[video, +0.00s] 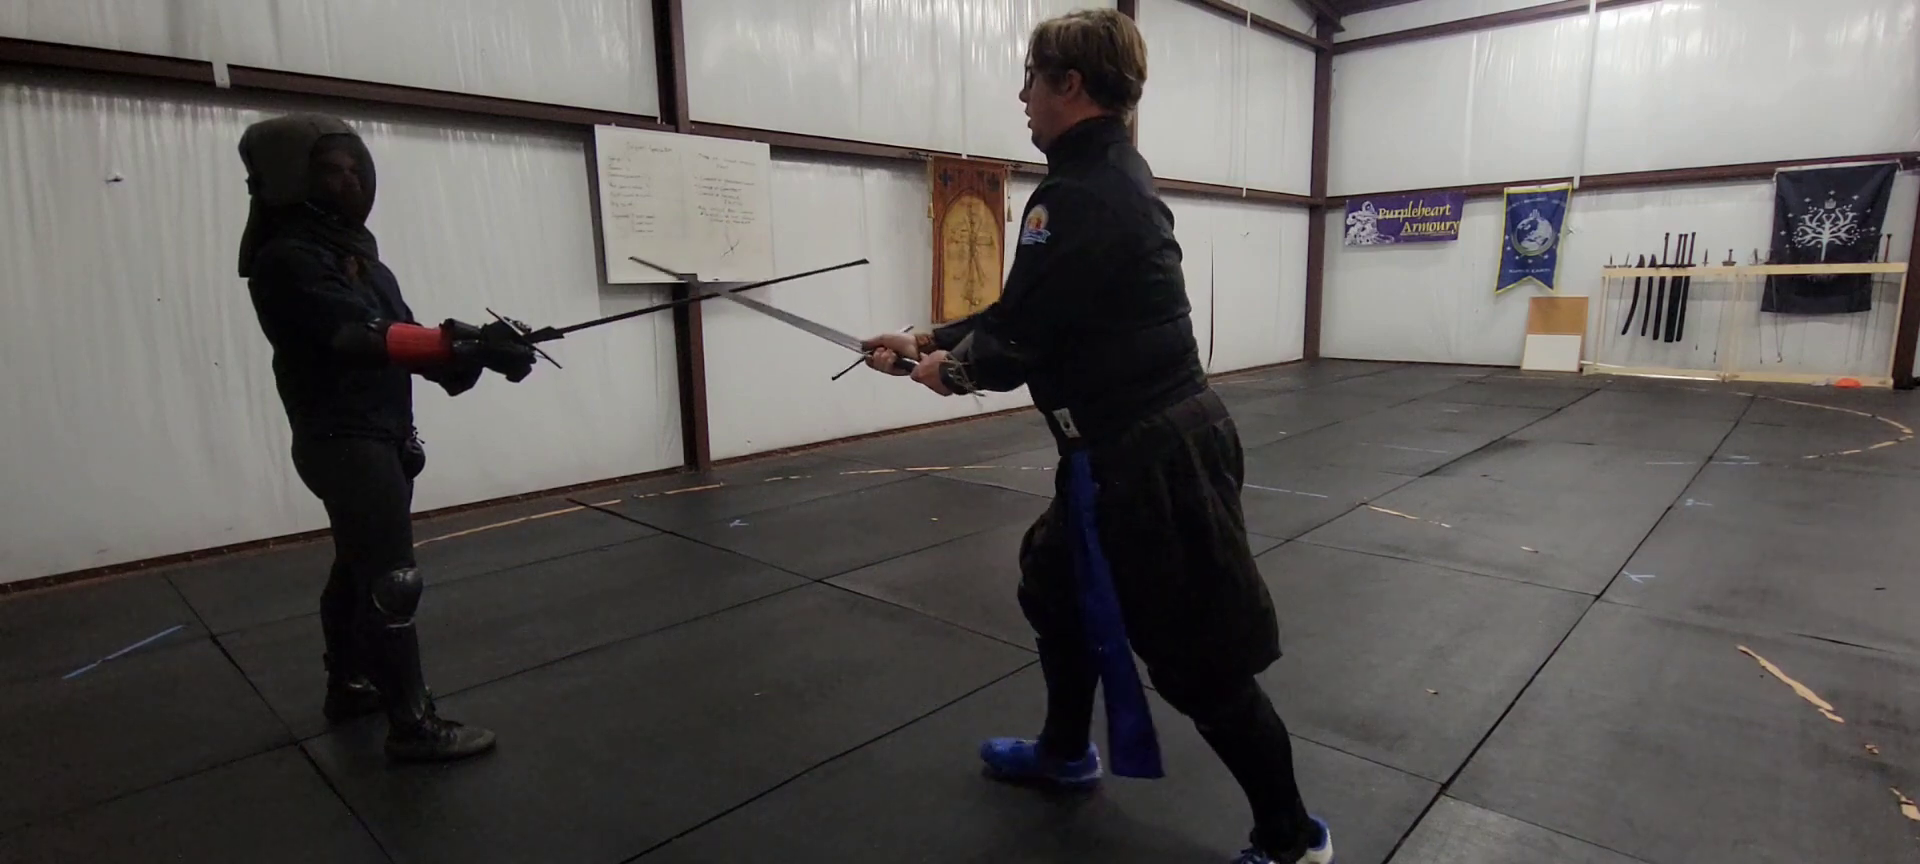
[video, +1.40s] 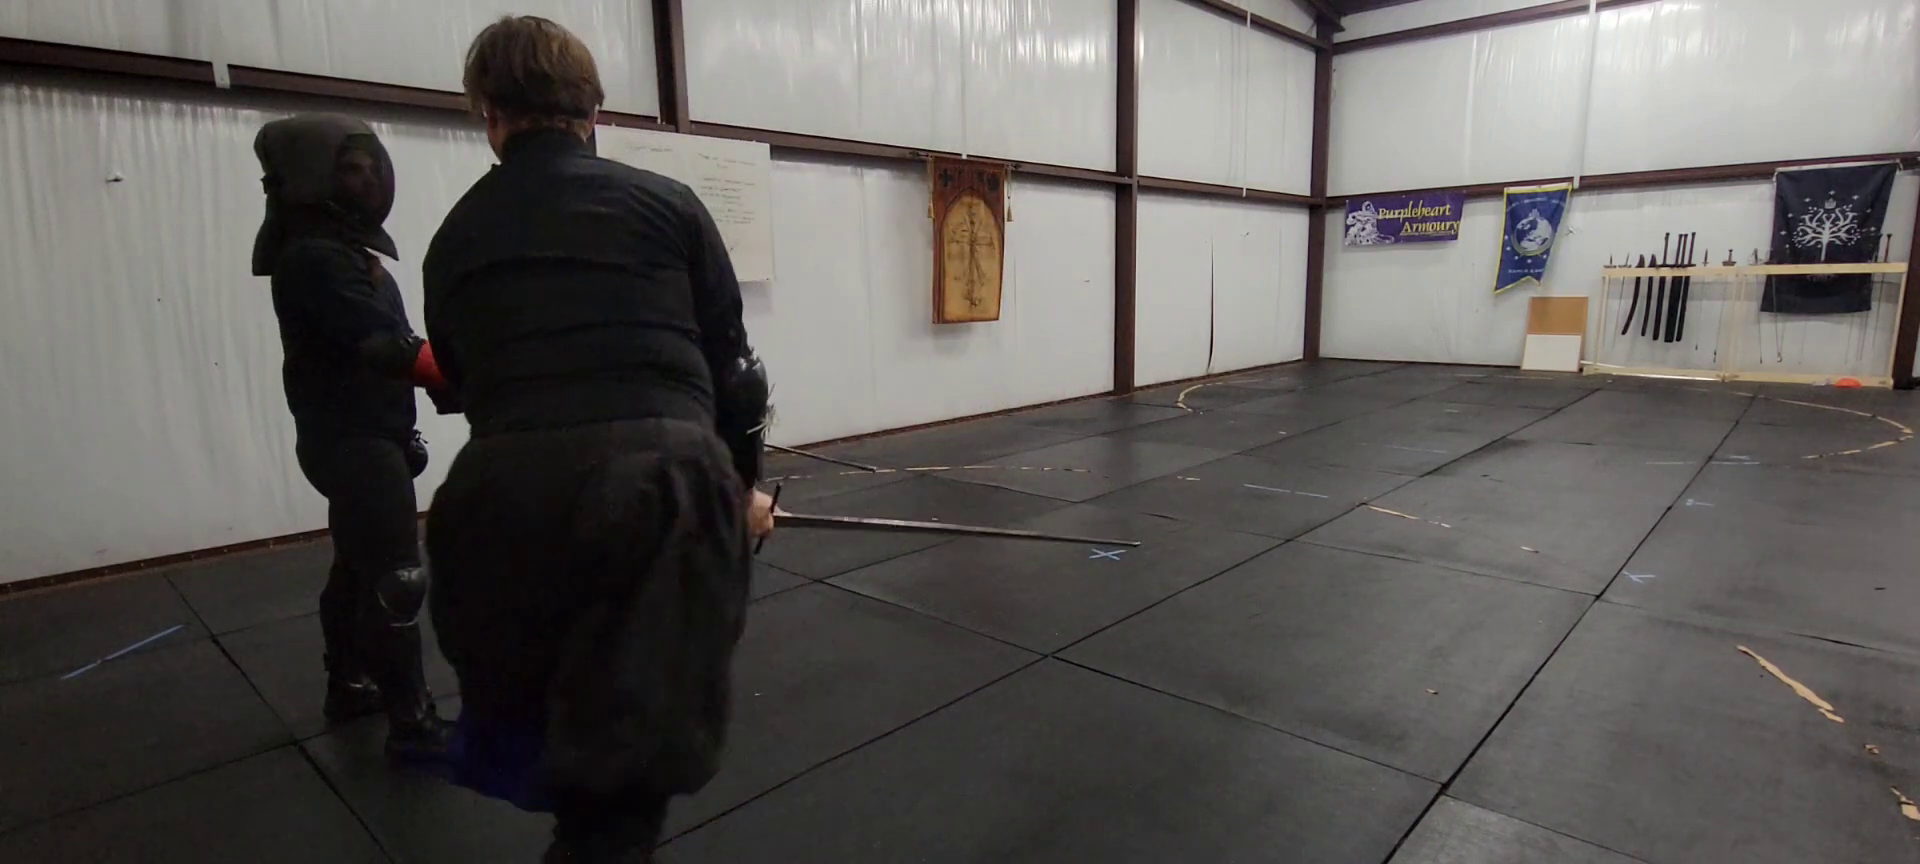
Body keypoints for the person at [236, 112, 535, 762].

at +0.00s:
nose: (355, 182)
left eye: (360, 170)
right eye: (339, 170)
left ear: (365, 180)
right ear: (304, 181)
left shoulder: (353, 248)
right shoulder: (286, 255)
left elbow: (393, 329)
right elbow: (349, 336)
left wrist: (459, 353)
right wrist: (464, 346)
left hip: (380, 436)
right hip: (341, 442)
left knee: (359, 568)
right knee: (392, 581)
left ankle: (349, 687)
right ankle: (411, 724)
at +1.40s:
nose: (373, 180)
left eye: (376, 169)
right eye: (357, 168)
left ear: (380, 177)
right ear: (322, 179)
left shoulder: (348, 250)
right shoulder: (313, 257)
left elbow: (377, 350)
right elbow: (366, 342)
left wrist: (395, 430)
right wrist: (439, 367)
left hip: (370, 439)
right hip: (352, 443)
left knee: (358, 569)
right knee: (395, 580)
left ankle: (350, 688)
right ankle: (410, 722)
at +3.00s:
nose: (448, 200)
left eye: (448, 187)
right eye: (442, 187)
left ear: (362, 189)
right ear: (418, 194)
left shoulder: (321, 265)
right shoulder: (408, 268)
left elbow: (364, 353)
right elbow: (453, 354)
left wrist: (462, 339)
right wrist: (495, 344)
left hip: (344, 446)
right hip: (399, 452)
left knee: (363, 569)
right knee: (464, 577)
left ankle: (349, 691)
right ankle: (444, 722)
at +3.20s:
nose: (444, 193)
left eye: (442, 180)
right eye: (435, 180)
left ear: (355, 186)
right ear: (405, 188)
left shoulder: (315, 264)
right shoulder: (400, 266)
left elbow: (384, 348)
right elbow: (459, 345)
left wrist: (467, 344)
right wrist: (503, 337)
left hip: (343, 447)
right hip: (398, 452)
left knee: (362, 570)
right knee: (460, 579)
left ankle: (349, 691)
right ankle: (444, 721)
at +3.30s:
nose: (439, 192)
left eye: (437, 180)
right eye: (431, 180)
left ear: (348, 187)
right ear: (407, 189)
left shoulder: (306, 268)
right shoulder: (406, 268)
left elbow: (383, 342)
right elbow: (461, 344)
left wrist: (471, 330)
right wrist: (507, 336)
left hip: (339, 448)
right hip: (398, 451)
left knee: (360, 570)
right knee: (459, 577)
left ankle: (349, 691)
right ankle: (444, 723)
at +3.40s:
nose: (446, 195)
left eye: (444, 182)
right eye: (439, 183)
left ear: (358, 186)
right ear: (419, 191)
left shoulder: (314, 261)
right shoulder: (414, 267)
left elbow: (288, 345)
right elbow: (461, 352)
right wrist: (481, 328)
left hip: (340, 445)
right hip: (398, 449)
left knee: (360, 568)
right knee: (460, 577)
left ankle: (348, 690)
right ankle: (444, 722)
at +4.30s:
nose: (435, 196)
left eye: (435, 182)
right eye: (424, 183)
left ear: (368, 189)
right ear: (386, 188)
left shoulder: (407, 259)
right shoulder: (337, 267)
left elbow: (429, 361)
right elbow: (347, 369)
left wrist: (466, 358)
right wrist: (431, 356)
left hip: (404, 443)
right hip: (368, 448)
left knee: (369, 571)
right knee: (443, 576)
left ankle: (349, 688)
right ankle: (444, 719)